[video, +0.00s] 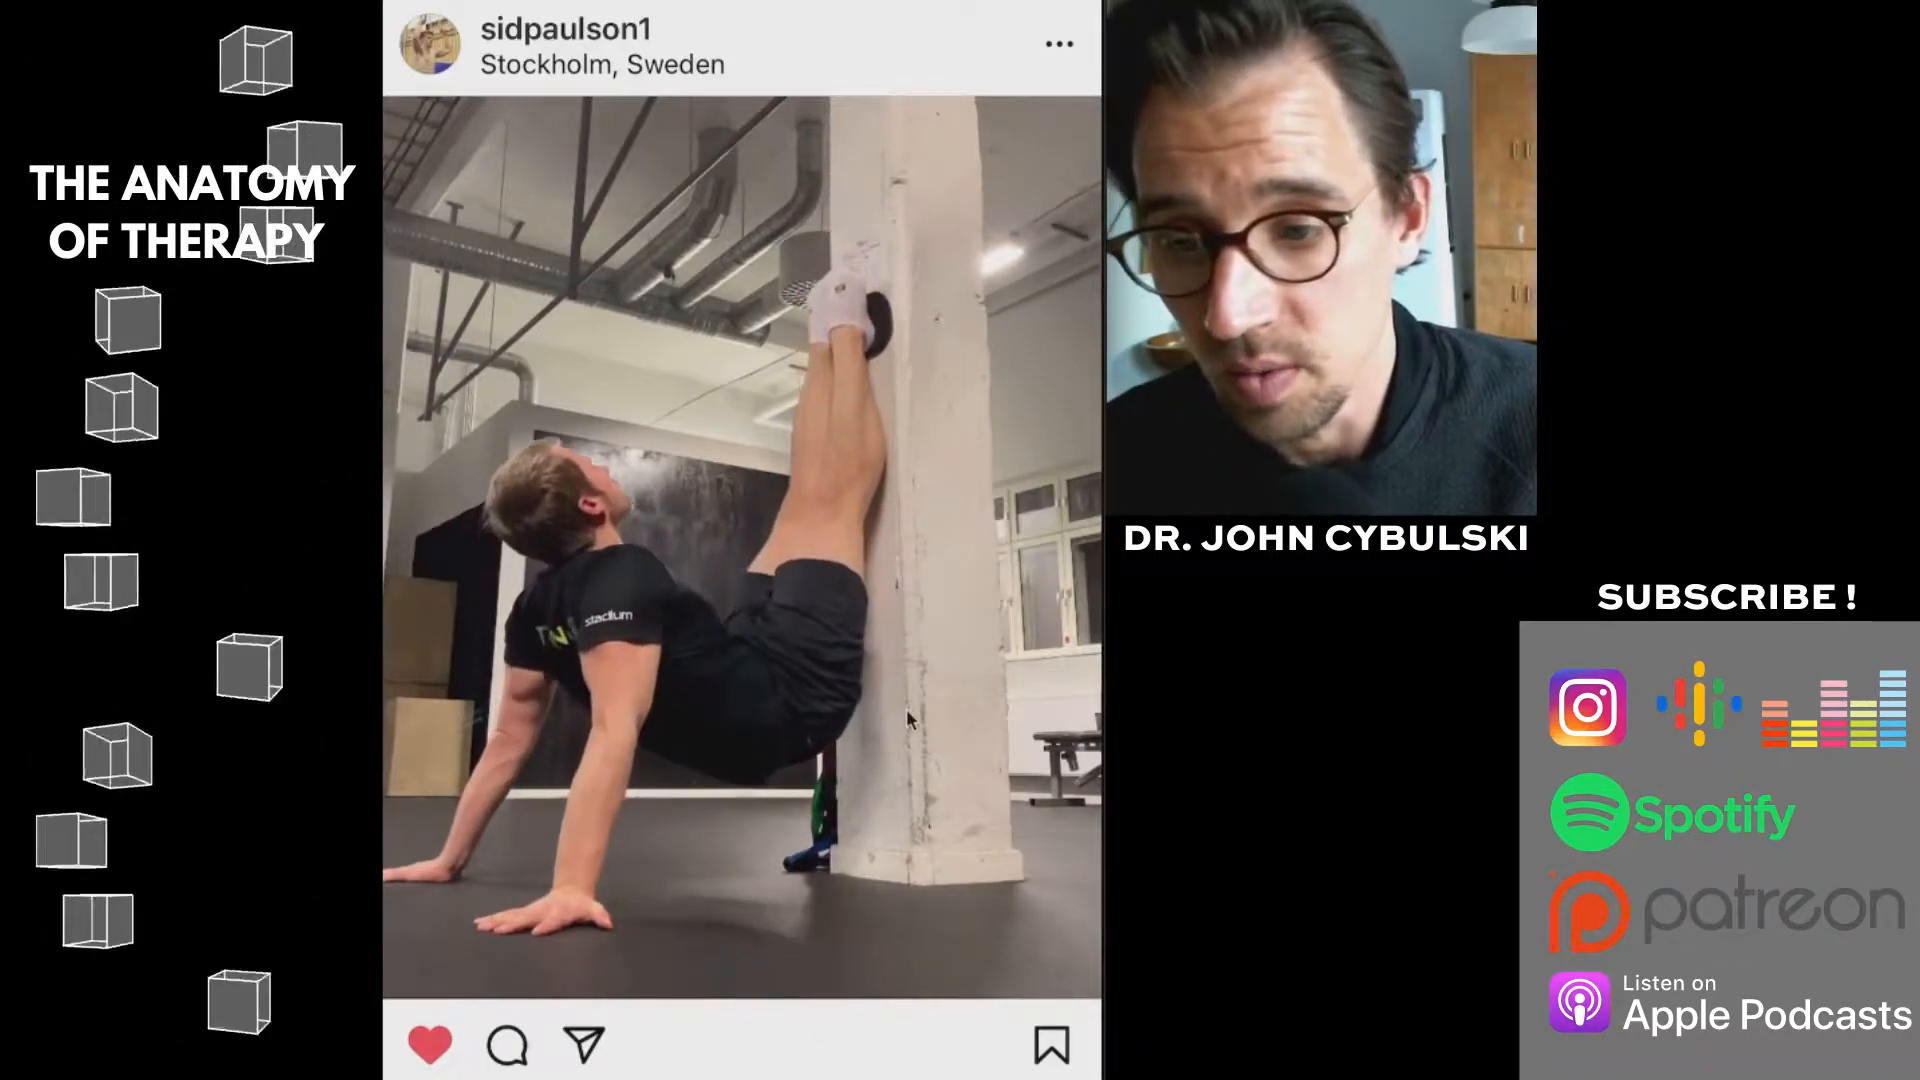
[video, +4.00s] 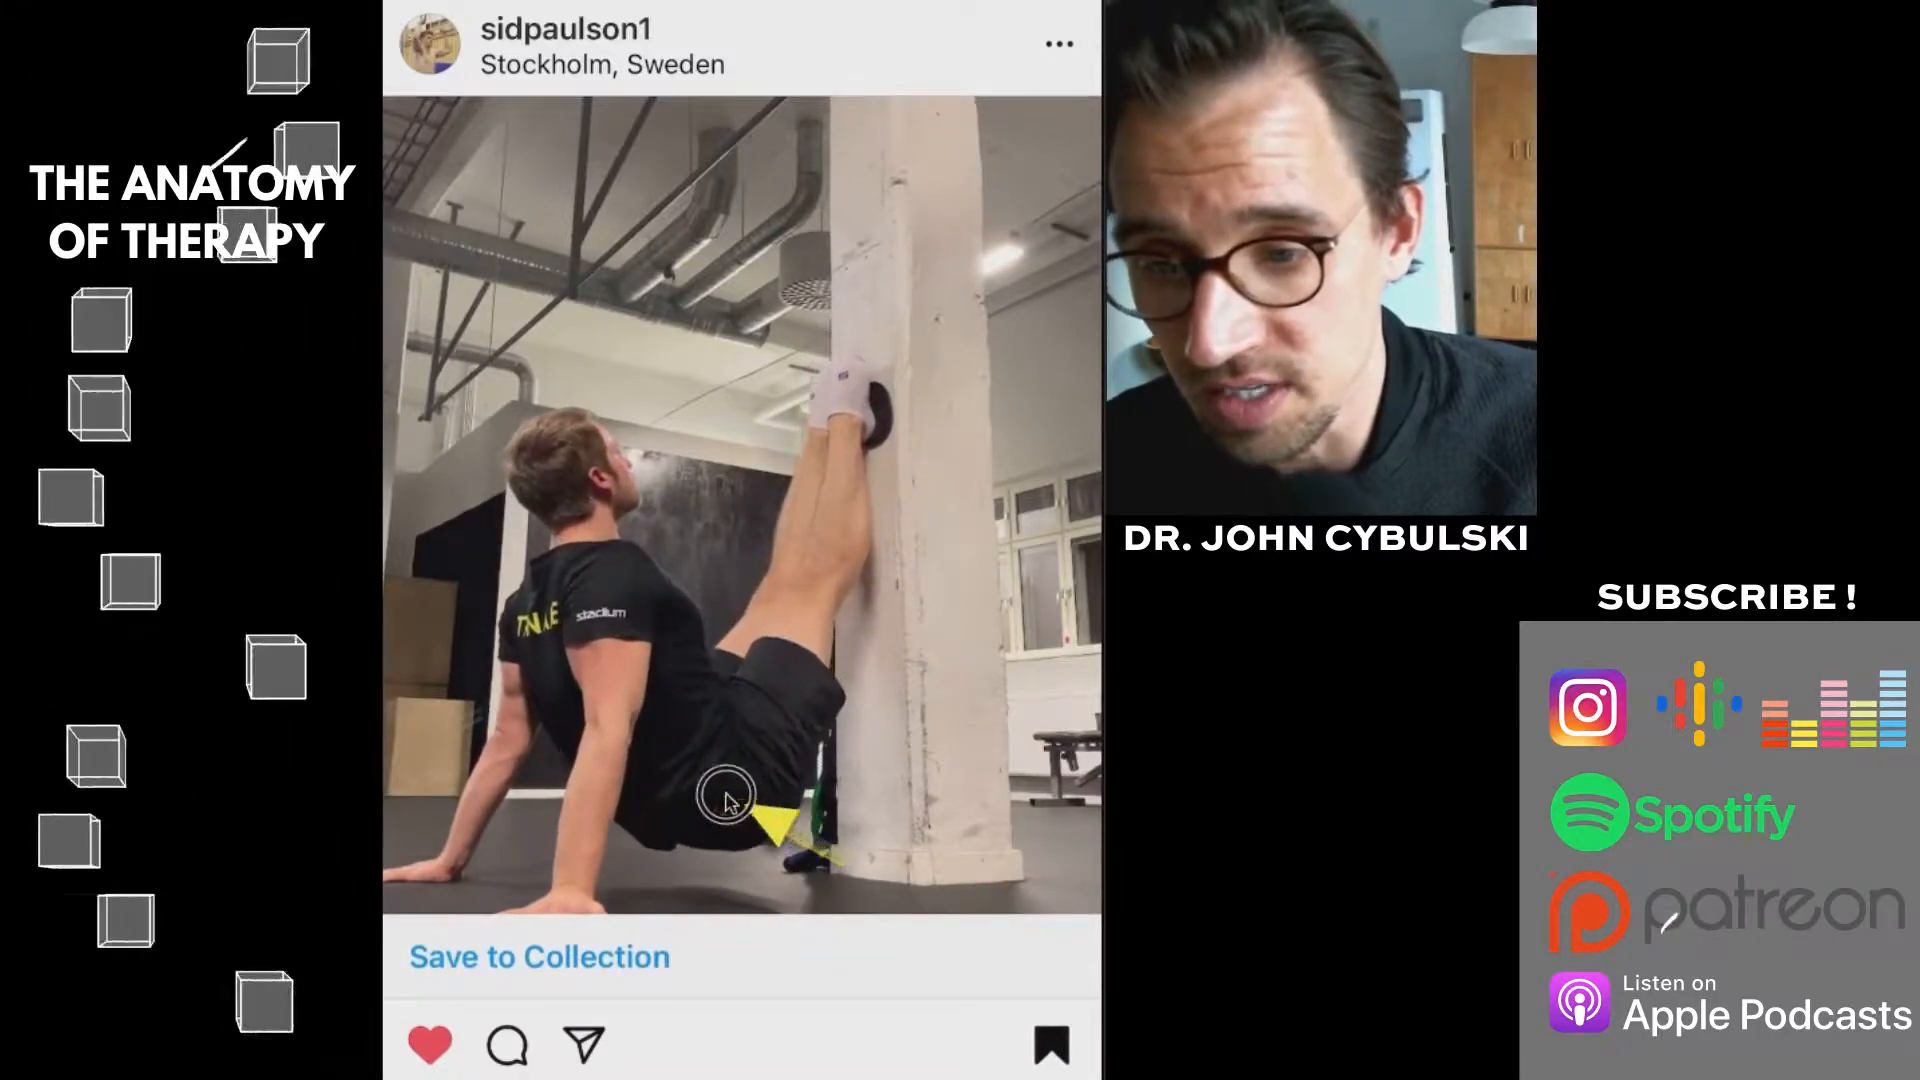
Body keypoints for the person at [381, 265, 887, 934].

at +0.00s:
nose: (602, 464)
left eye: (586, 459)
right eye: (590, 466)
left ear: (538, 533)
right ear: (592, 505)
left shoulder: (533, 606)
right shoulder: (620, 574)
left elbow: (508, 744)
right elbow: (612, 733)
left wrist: (449, 860)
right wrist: (572, 887)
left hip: (744, 731)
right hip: (795, 697)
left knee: (806, 500)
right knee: (838, 493)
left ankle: (826, 343)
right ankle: (847, 336)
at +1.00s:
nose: (616, 465)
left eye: (605, 457)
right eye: (606, 461)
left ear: (541, 525)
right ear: (600, 498)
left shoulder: (532, 606)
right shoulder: (622, 578)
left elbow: (508, 741)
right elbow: (612, 731)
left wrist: (449, 859)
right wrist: (572, 887)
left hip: (719, 763)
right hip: (780, 723)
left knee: (800, 523)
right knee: (838, 514)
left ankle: (826, 362)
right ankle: (848, 362)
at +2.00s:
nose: (623, 460)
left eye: (612, 450)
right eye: (612, 454)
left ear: (543, 508)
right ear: (600, 482)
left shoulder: (529, 605)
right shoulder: (620, 572)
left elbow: (508, 744)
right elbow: (613, 727)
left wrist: (449, 859)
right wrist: (572, 888)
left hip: (697, 773)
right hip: (767, 745)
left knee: (792, 537)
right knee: (827, 536)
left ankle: (826, 386)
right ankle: (847, 378)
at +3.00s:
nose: (624, 457)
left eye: (612, 446)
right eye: (612, 451)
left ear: (541, 504)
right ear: (599, 479)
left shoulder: (527, 605)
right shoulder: (615, 573)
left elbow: (508, 743)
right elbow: (609, 727)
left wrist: (449, 860)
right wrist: (573, 888)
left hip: (694, 789)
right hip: (761, 767)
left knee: (787, 568)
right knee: (822, 559)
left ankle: (826, 403)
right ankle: (846, 397)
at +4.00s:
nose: (628, 461)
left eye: (618, 449)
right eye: (616, 454)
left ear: (541, 501)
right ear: (600, 479)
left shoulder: (522, 602)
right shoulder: (613, 571)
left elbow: (508, 744)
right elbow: (605, 730)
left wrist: (450, 859)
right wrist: (572, 889)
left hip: (665, 806)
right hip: (732, 782)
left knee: (782, 585)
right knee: (816, 581)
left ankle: (825, 425)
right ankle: (846, 429)